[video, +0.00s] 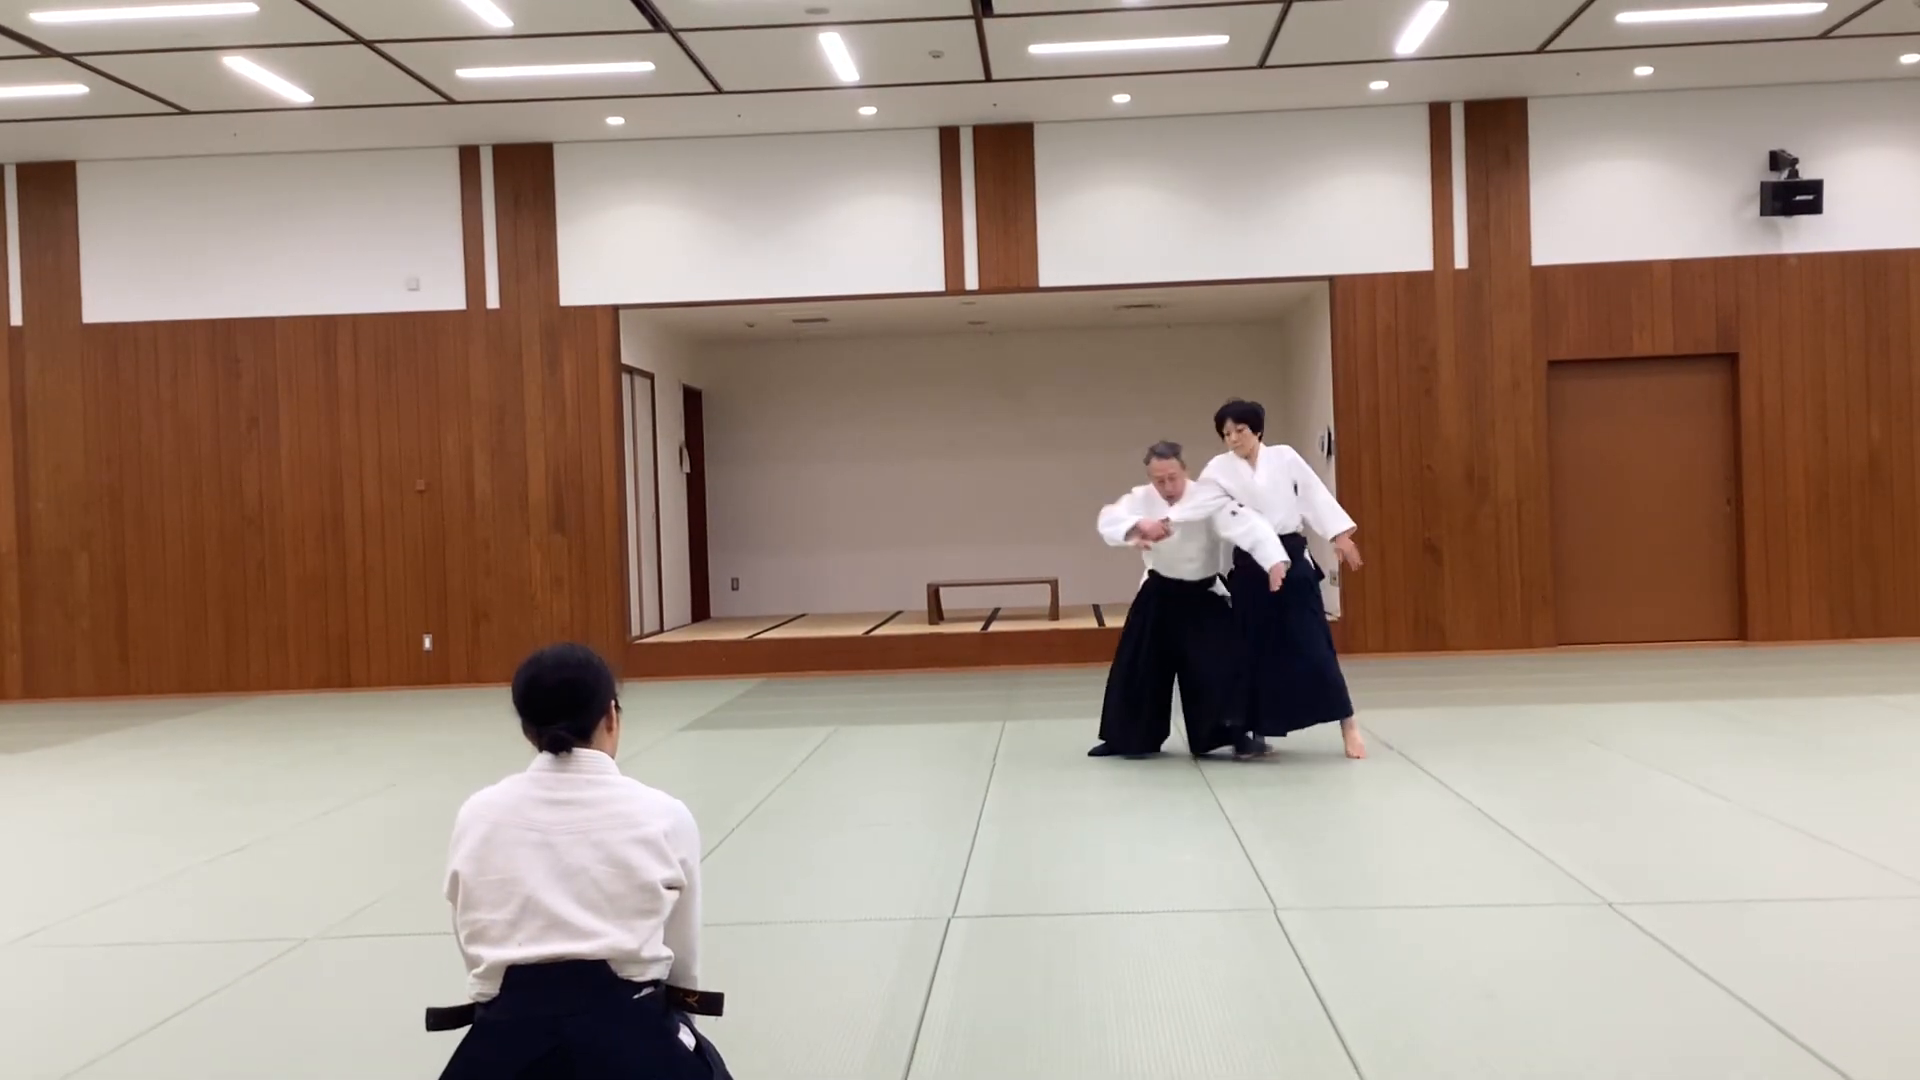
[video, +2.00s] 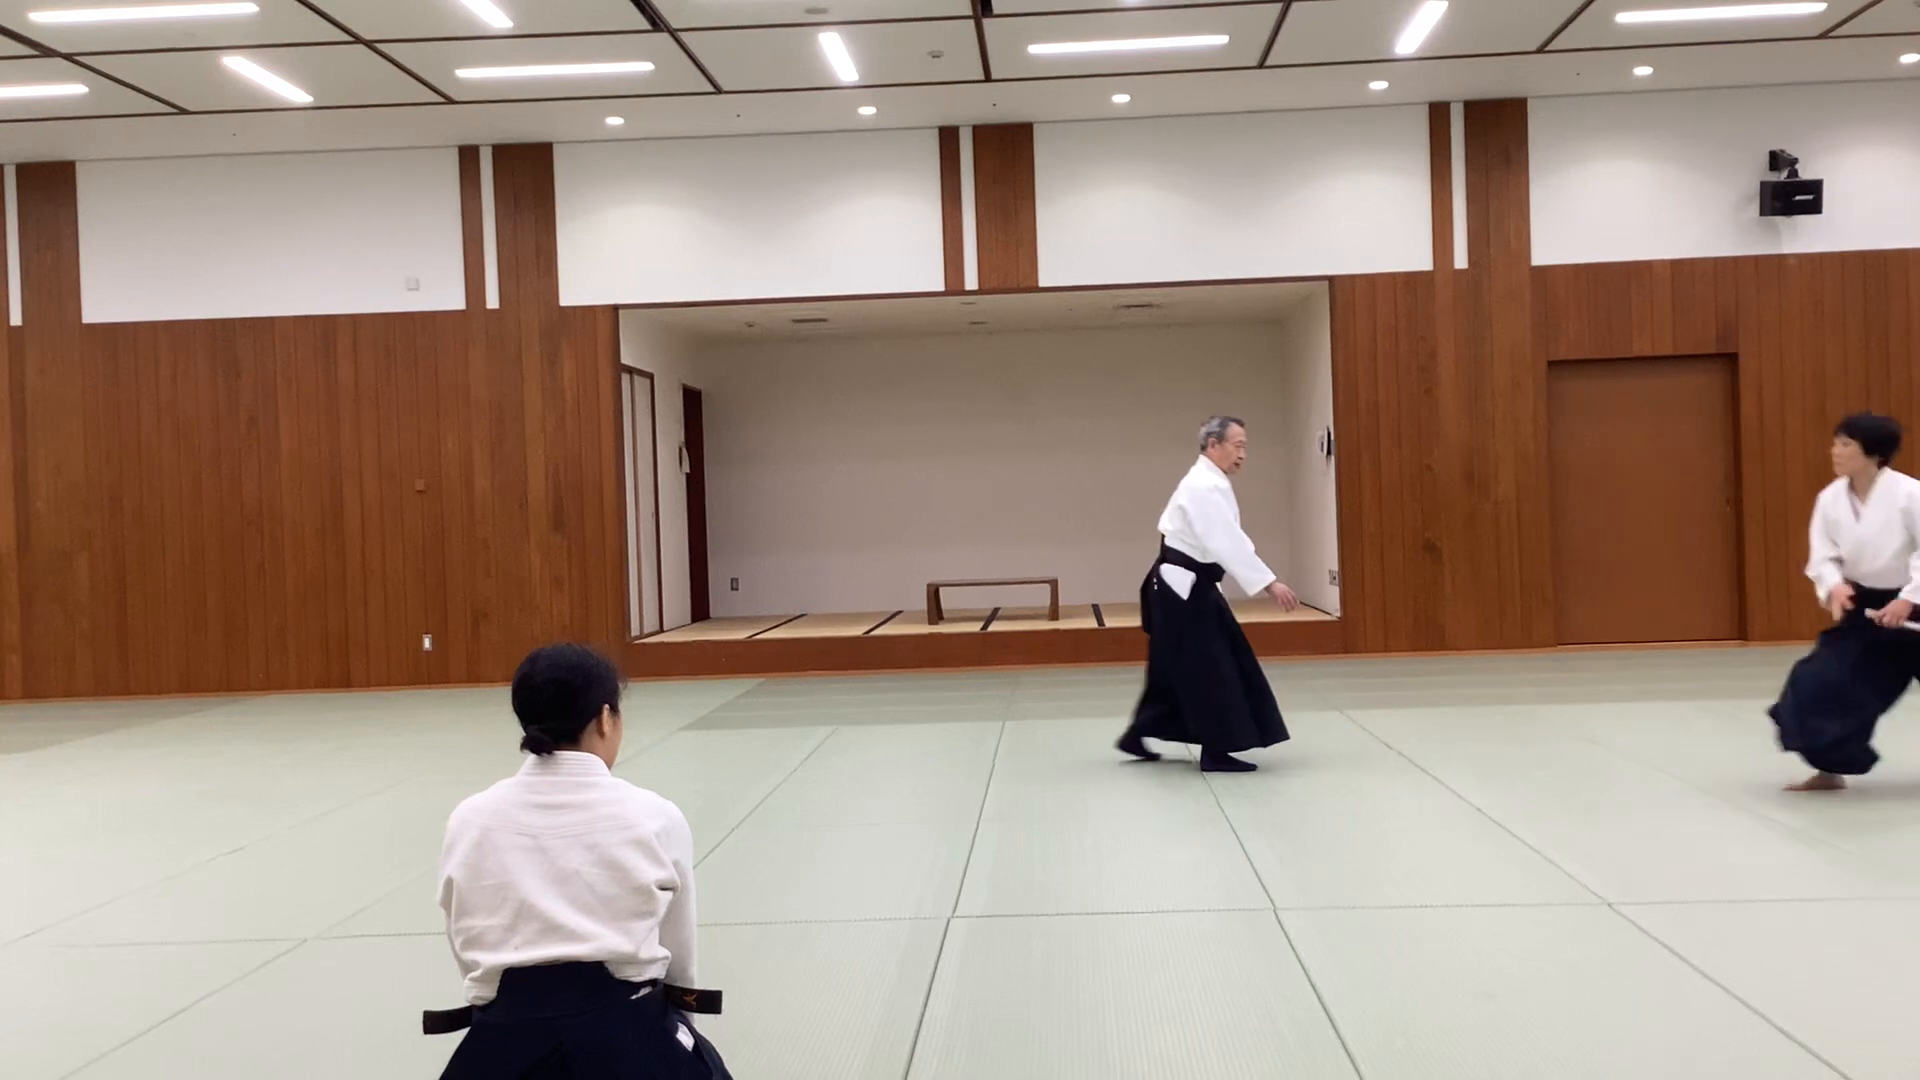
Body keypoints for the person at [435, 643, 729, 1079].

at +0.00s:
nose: (618, 721)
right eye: (617, 711)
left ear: (527, 732)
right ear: (612, 718)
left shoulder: (478, 814)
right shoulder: (663, 815)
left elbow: (474, 952)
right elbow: (682, 967)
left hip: (507, 1042)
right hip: (631, 1041)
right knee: (701, 1052)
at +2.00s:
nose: (620, 726)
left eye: (620, 712)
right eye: (619, 713)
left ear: (528, 723)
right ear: (604, 720)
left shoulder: (469, 820)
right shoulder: (655, 817)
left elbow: (467, 955)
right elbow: (679, 965)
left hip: (504, 1045)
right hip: (629, 1043)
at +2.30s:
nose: (620, 726)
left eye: (620, 713)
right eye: (619, 714)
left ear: (528, 723)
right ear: (605, 720)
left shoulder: (469, 820)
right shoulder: (656, 817)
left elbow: (467, 956)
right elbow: (679, 965)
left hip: (504, 1046)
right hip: (629, 1045)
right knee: (698, 1049)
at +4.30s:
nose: (611, 726)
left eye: (611, 713)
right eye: (611, 714)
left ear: (519, 724)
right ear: (598, 722)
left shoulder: (465, 823)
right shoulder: (652, 817)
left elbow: (465, 957)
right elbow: (678, 966)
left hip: (503, 1049)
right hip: (629, 1045)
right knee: (696, 1046)